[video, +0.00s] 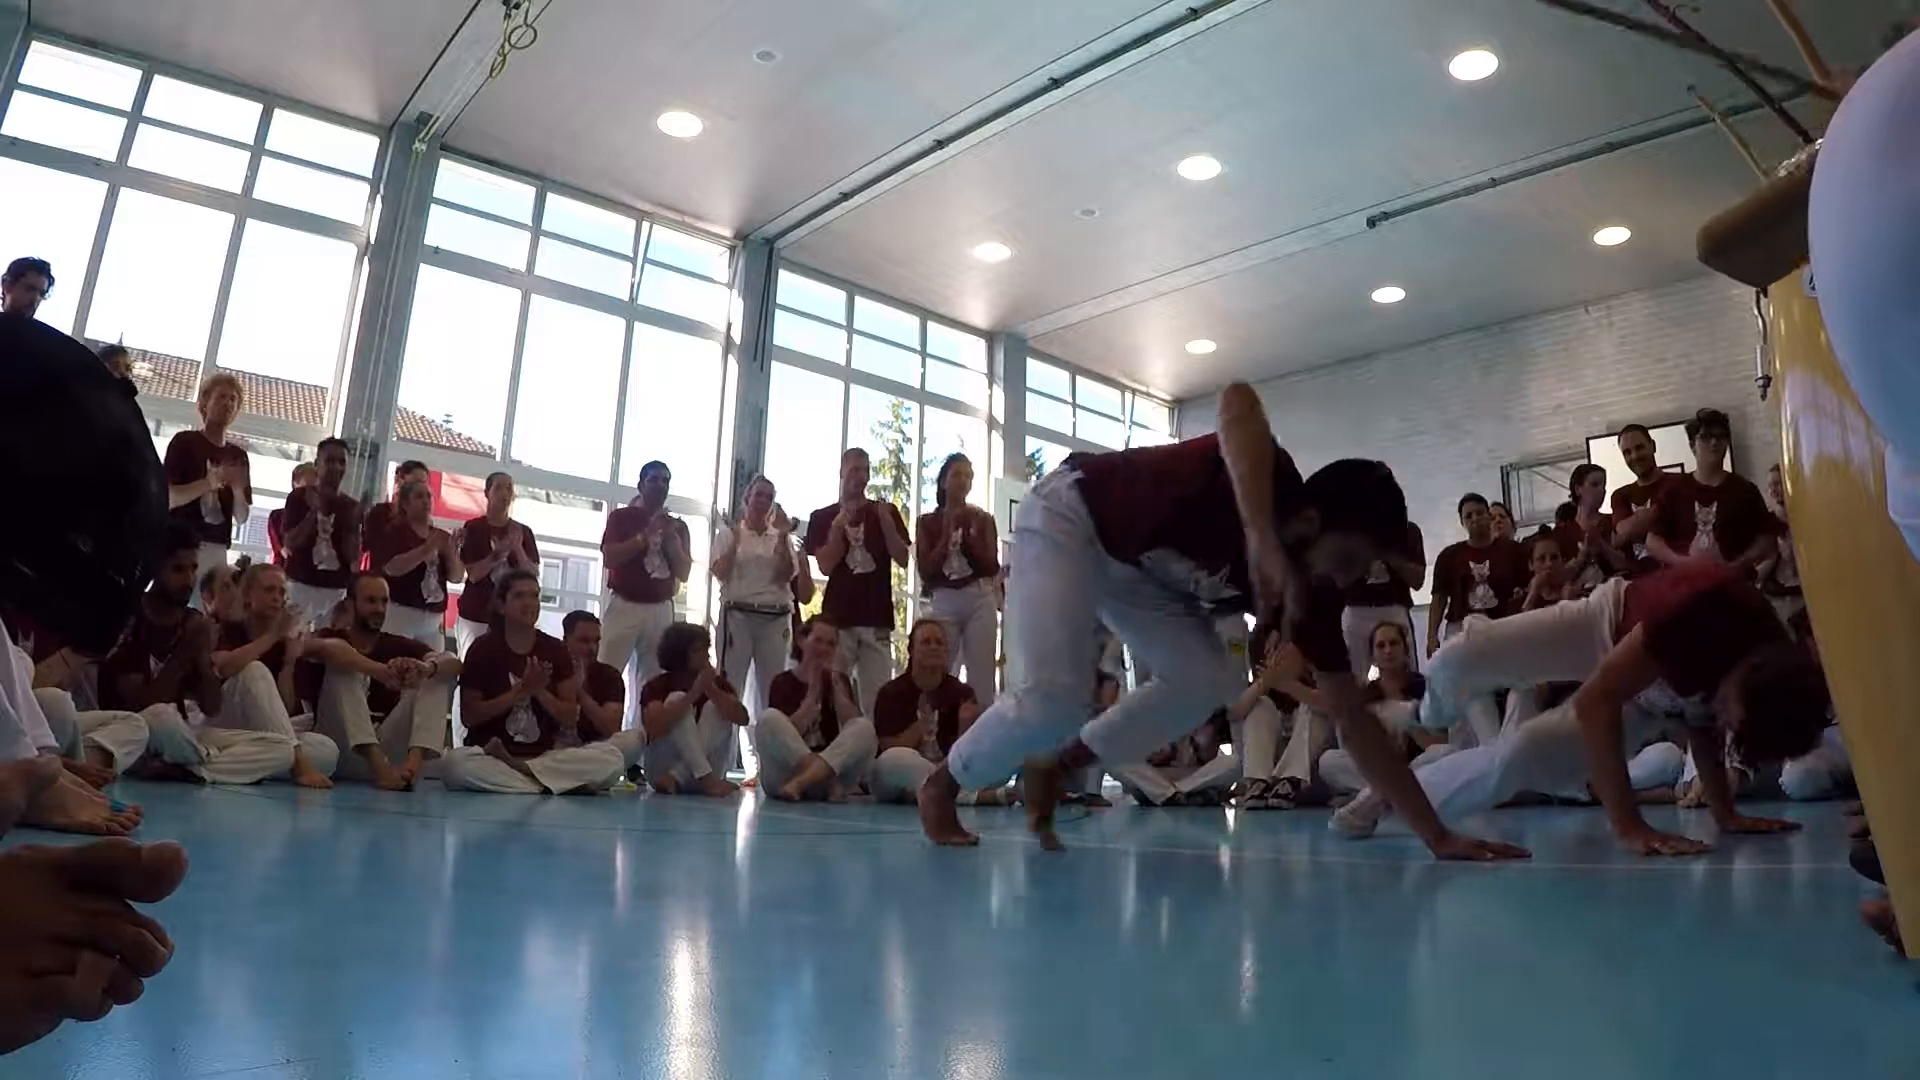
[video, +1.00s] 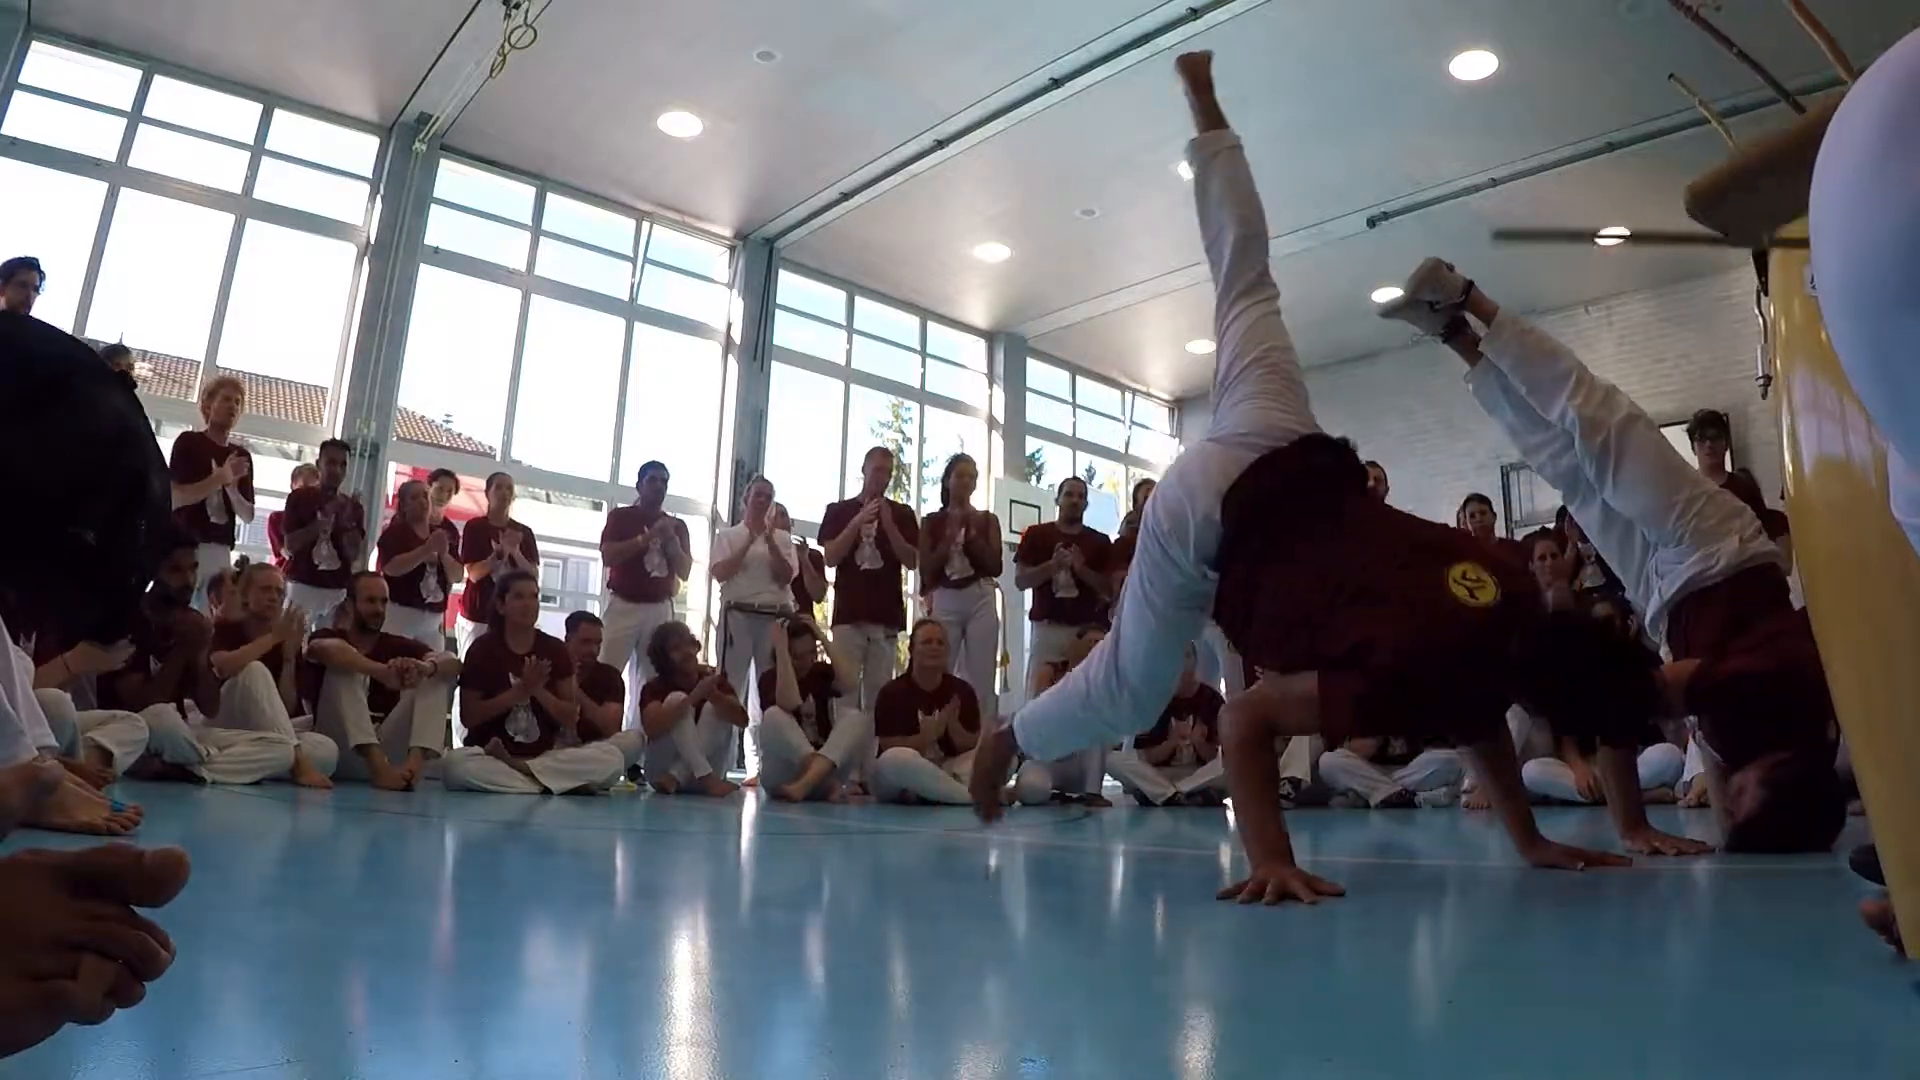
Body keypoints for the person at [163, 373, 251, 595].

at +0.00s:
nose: (227, 403)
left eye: (232, 399)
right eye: (221, 396)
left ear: (237, 409)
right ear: (202, 403)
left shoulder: (237, 455)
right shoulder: (183, 442)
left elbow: (241, 517)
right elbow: (167, 499)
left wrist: (236, 486)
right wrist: (208, 483)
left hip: (216, 549)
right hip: (180, 545)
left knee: (208, 620)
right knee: (170, 616)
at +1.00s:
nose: (232, 406)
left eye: (237, 402)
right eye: (226, 399)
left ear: (241, 411)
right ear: (207, 405)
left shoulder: (240, 455)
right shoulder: (188, 441)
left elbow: (248, 515)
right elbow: (175, 499)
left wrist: (231, 487)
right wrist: (221, 477)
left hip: (219, 546)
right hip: (184, 542)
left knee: (212, 619)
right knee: (176, 614)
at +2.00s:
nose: (232, 405)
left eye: (236, 400)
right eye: (225, 398)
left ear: (239, 409)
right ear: (206, 402)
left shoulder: (238, 454)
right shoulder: (184, 441)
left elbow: (243, 515)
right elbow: (169, 497)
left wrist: (245, 478)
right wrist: (207, 470)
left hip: (216, 547)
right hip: (179, 543)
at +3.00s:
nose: (232, 403)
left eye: (236, 399)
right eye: (225, 396)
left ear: (239, 407)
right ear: (204, 403)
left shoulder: (236, 453)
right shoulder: (184, 440)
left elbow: (244, 513)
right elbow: (172, 496)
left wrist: (236, 478)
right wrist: (218, 471)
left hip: (217, 547)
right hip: (180, 544)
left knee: (210, 619)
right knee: (173, 614)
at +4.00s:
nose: (238, 407)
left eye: (242, 402)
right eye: (231, 399)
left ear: (245, 409)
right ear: (210, 403)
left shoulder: (241, 456)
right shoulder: (188, 441)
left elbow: (242, 517)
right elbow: (172, 499)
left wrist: (230, 494)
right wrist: (211, 485)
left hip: (217, 548)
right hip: (179, 544)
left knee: (205, 618)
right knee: (171, 612)